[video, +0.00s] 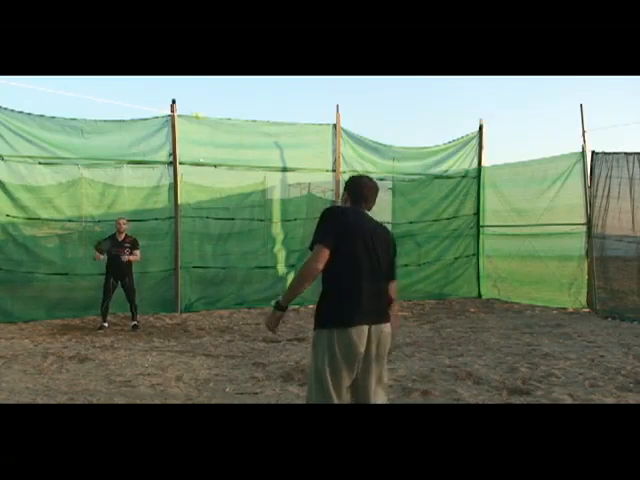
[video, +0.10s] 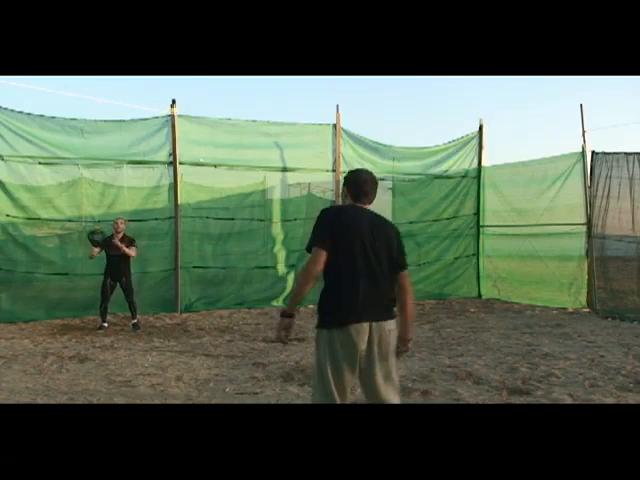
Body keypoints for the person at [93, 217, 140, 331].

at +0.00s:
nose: (121, 226)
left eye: (123, 224)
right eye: (119, 224)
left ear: (127, 226)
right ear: (115, 226)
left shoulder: (132, 241)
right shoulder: (109, 240)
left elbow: (137, 256)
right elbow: (99, 251)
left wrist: (128, 257)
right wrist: (99, 255)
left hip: (126, 273)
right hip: (112, 273)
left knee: (131, 298)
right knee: (106, 298)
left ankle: (134, 321)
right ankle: (104, 322)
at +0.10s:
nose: (118, 226)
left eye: (121, 224)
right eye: (116, 224)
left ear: (124, 226)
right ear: (113, 226)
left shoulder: (129, 240)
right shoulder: (107, 240)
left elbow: (133, 254)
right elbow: (93, 255)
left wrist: (120, 246)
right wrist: (94, 248)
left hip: (124, 273)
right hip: (110, 273)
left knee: (130, 298)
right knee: (104, 298)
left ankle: (134, 320)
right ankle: (103, 322)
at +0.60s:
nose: (114, 224)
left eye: (116, 222)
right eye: (112, 223)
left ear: (120, 225)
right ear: (110, 226)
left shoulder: (126, 239)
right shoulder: (106, 239)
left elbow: (135, 244)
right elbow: (97, 238)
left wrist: (129, 233)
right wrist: (97, 222)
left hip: (123, 272)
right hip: (109, 272)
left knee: (128, 298)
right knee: (104, 298)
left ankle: (132, 323)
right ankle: (104, 322)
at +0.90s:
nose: (118, 227)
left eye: (120, 224)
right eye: (116, 224)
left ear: (124, 226)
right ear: (113, 226)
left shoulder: (126, 242)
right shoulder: (106, 243)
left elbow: (135, 255)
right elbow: (101, 262)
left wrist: (136, 253)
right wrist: (110, 276)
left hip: (121, 273)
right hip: (107, 273)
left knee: (127, 298)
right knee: (104, 299)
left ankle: (132, 323)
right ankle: (103, 322)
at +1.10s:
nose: (118, 227)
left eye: (120, 225)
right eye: (116, 225)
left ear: (123, 227)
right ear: (112, 226)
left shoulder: (128, 242)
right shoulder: (104, 242)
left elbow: (134, 254)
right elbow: (97, 260)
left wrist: (135, 260)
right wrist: (104, 272)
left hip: (123, 275)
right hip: (108, 275)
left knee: (128, 300)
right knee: (104, 301)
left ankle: (132, 323)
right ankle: (103, 323)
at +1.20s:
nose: (116, 227)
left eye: (119, 224)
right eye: (114, 224)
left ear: (122, 227)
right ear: (111, 226)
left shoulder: (128, 241)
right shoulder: (103, 242)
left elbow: (135, 257)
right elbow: (94, 258)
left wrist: (128, 260)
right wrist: (98, 266)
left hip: (122, 272)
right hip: (107, 272)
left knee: (128, 298)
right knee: (102, 298)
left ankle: (132, 323)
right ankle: (101, 322)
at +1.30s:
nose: (114, 227)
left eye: (116, 225)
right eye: (112, 225)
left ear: (120, 227)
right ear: (108, 226)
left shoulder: (126, 241)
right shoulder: (102, 241)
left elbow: (133, 256)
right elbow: (91, 252)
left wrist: (119, 251)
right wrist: (89, 257)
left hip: (121, 275)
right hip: (106, 275)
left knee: (128, 299)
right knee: (98, 299)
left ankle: (132, 323)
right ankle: (97, 323)